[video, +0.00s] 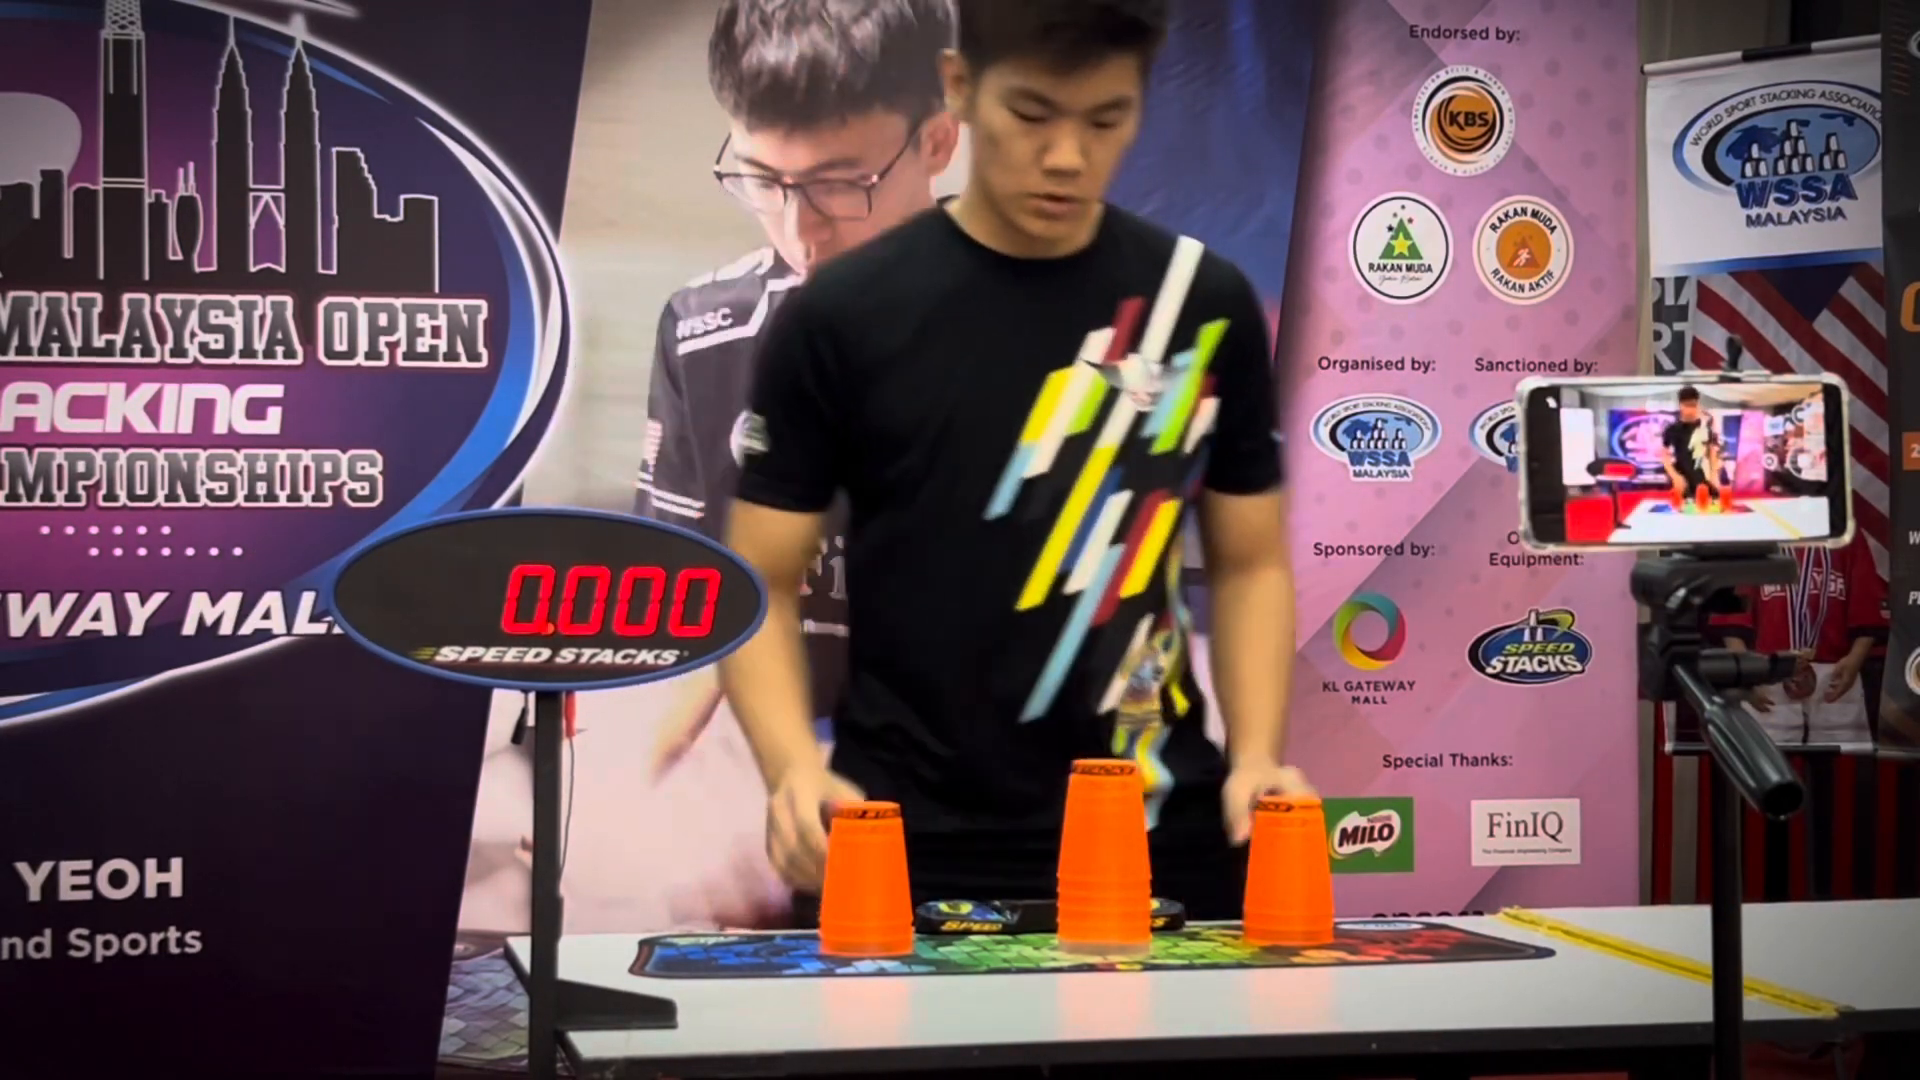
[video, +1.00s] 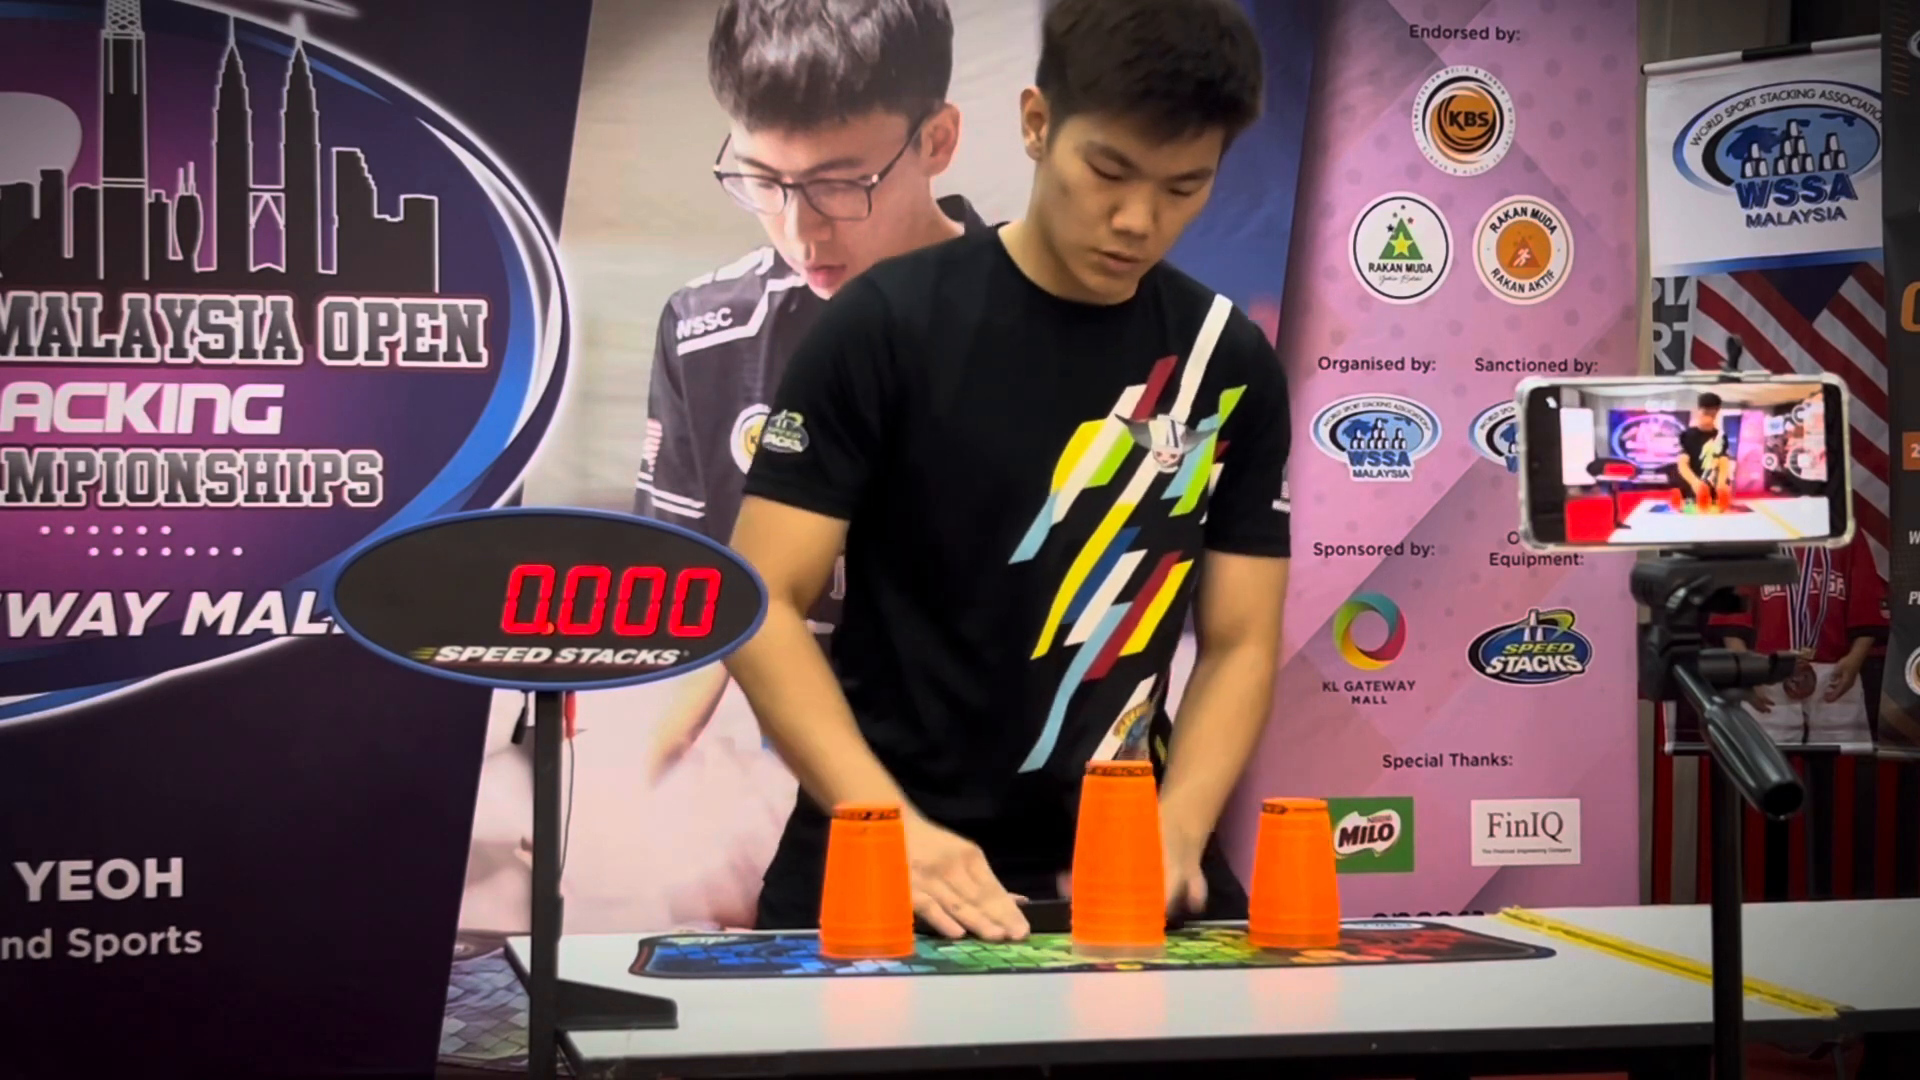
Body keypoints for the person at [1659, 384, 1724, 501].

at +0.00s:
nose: (1691, 411)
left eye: (1694, 406)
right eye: (1687, 406)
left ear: (1698, 406)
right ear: (1680, 406)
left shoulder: (1707, 428)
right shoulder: (1673, 430)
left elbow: (1713, 453)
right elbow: (1666, 457)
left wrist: (1714, 477)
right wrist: (1676, 478)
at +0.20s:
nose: (1701, 413)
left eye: (1704, 409)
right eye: (1697, 409)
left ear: (1708, 408)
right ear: (1690, 408)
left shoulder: (1715, 431)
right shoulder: (1681, 433)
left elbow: (1722, 457)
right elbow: (1674, 459)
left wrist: (1723, 482)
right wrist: (1677, 484)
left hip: (1711, 490)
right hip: (1688, 490)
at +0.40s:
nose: (1710, 416)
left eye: (1713, 411)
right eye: (1706, 411)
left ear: (1717, 411)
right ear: (1700, 410)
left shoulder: (1724, 433)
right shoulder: (1691, 434)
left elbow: (1729, 459)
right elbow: (1685, 459)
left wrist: (1725, 484)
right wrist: (1678, 484)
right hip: (1693, 490)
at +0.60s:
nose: (1709, 418)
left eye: (1712, 413)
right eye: (1705, 412)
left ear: (1716, 413)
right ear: (1698, 411)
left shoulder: (1720, 436)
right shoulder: (1687, 435)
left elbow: (1723, 464)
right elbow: (1679, 462)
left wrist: (1714, 485)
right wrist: (1684, 485)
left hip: (1714, 492)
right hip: (1692, 492)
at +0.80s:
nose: (1707, 418)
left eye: (1711, 414)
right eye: (1704, 413)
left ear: (1715, 413)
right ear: (1697, 411)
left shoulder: (1719, 436)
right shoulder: (1686, 435)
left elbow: (1722, 462)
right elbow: (1676, 460)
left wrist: (1720, 487)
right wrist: (1678, 480)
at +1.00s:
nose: (1708, 418)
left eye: (1712, 414)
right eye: (1705, 413)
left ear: (1716, 413)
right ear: (1699, 411)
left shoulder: (1720, 437)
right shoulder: (1688, 435)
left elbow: (1723, 463)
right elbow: (1682, 465)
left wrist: (1721, 485)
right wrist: (1697, 485)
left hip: (1714, 494)